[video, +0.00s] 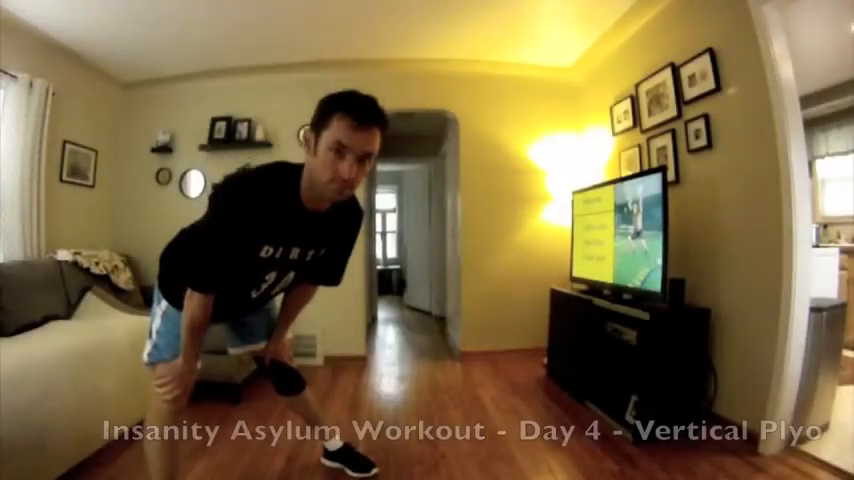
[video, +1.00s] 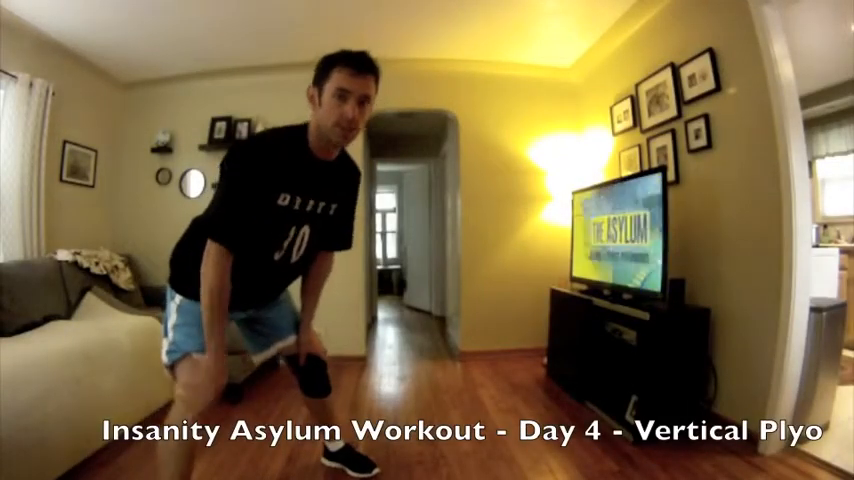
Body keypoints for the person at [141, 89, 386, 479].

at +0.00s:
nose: (348, 172)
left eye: (363, 160)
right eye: (338, 152)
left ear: (373, 163)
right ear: (308, 140)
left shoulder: (347, 216)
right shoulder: (248, 191)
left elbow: (308, 282)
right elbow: (201, 284)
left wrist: (280, 337)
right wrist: (187, 363)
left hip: (251, 296)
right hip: (187, 293)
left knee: (282, 371)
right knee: (170, 394)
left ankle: (333, 444)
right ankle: (162, 477)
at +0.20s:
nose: (350, 172)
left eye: (365, 159)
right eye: (341, 151)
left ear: (375, 162)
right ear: (310, 141)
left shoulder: (346, 216)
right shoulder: (250, 192)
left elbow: (309, 282)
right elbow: (203, 284)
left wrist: (279, 337)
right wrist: (187, 364)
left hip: (250, 295)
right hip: (186, 291)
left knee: (282, 372)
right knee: (171, 395)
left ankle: (333, 444)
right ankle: (162, 477)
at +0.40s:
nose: (352, 160)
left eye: (365, 149)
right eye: (342, 141)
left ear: (373, 152)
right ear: (311, 135)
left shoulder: (346, 208)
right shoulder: (251, 185)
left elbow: (310, 275)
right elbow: (207, 278)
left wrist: (282, 333)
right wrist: (190, 361)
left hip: (251, 293)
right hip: (188, 291)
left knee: (284, 370)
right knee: (171, 392)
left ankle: (332, 443)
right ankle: (163, 478)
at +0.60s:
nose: (350, 139)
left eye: (362, 128)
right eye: (340, 122)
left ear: (369, 134)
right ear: (311, 119)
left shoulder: (343, 193)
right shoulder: (251, 172)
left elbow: (313, 265)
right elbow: (210, 269)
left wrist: (288, 329)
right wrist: (195, 357)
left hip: (251, 290)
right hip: (190, 285)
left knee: (290, 368)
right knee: (178, 389)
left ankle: (328, 442)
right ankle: (163, 476)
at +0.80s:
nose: (348, 124)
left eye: (360, 114)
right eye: (338, 108)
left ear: (368, 120)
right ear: (310, 106)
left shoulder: (343, 183)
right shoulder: (252, 161)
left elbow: (317, 259)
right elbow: (214, 263)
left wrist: (295, 329)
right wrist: (199, 355)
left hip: (255, 288)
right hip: (194, 286)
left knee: (301, 364)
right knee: (186, 388)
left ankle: (333, 445)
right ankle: (168, 476)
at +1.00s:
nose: (351, 113)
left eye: (362, 103)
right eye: (341, 97)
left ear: (371, 110)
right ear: (313, 97)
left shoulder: (345, 176)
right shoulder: (257, 154)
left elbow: (323, 254)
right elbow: (217, 251)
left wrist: (306, 325)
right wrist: (215, 352)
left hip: (262, 287)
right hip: (201, 285)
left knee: (313, 366)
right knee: (200, 386)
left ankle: (334, 446)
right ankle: (171, 474)